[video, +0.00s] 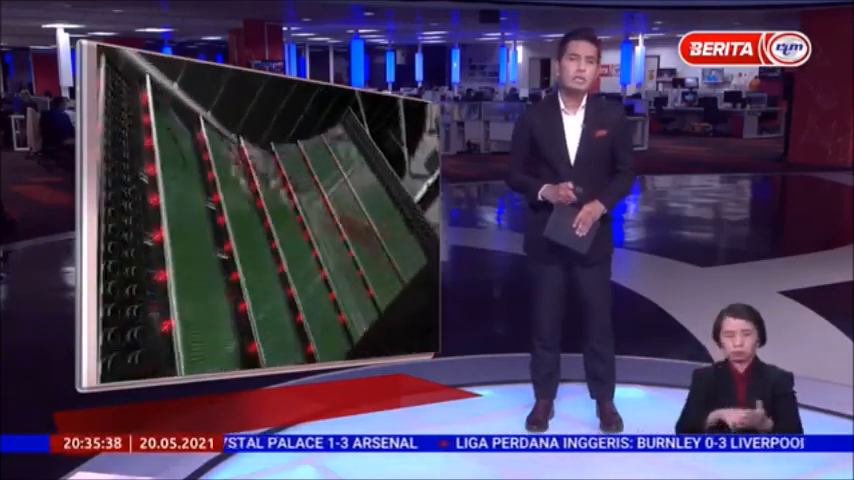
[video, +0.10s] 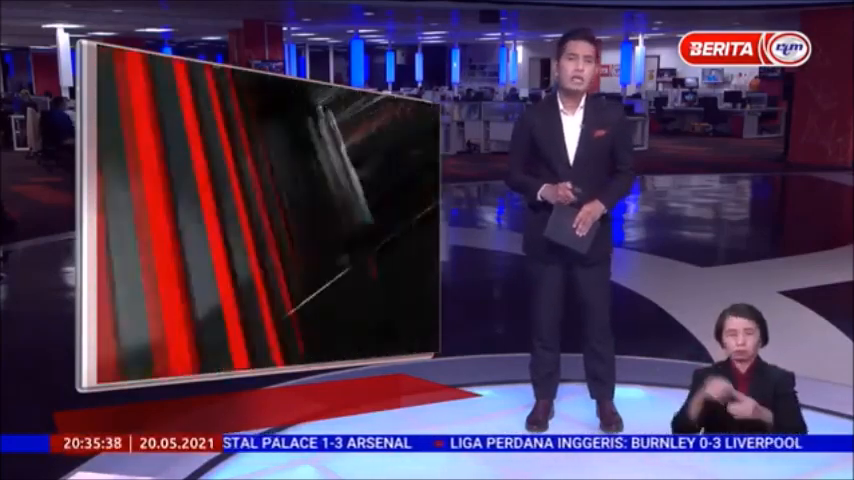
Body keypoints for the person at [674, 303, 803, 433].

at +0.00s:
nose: (738, 342)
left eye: (746, 334)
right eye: (729, 335)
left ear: (759, 338)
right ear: (719, 341)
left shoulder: (779, 380)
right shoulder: (704, 378)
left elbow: (794, 435)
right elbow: (683, 430)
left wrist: (764, 424)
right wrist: (717, 416)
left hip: (766, 464)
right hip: (714, 462)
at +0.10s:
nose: (740, 341)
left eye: (748, 333)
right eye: (732, 334)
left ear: (761, 339)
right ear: (722, 341)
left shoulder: (780, 379)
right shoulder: (705, 377)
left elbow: (798, 431)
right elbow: (680, 430)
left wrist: (759, 413)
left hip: (767, 465)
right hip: (714, 463)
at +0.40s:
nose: (745, 343)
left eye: (753, 334)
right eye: (737, 335)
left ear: (765, 340)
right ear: (726, 341)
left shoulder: (781, 379)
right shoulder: (713, 375)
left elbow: (794, 426)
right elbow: (676, 414)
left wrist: (751, 402)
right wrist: (695, 379)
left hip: (767, 461)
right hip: (716, 460)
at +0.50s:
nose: (746, 343)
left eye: (754, 334)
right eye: (737, 335)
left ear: (765, 339)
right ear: (726, 341)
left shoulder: (783, 380)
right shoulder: (710, 376)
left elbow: (801, 429)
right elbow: (677, 422)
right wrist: (697, 394)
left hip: (770, 465)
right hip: (717, 463)